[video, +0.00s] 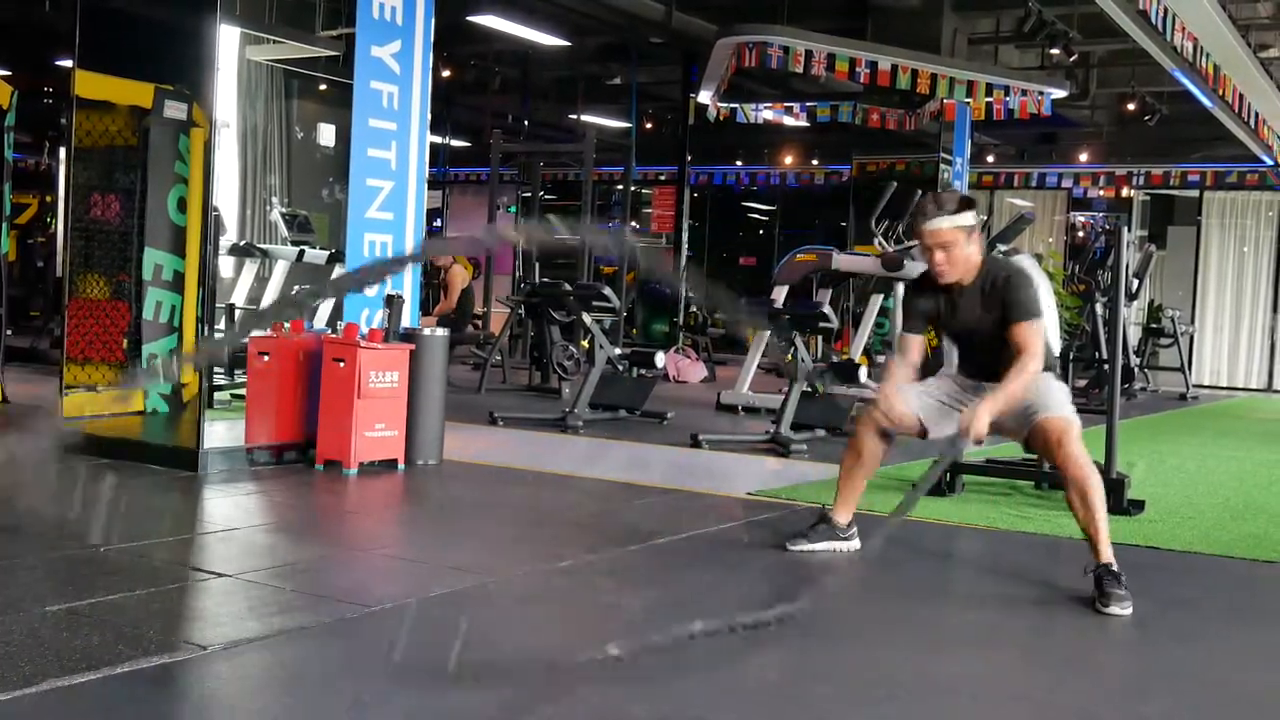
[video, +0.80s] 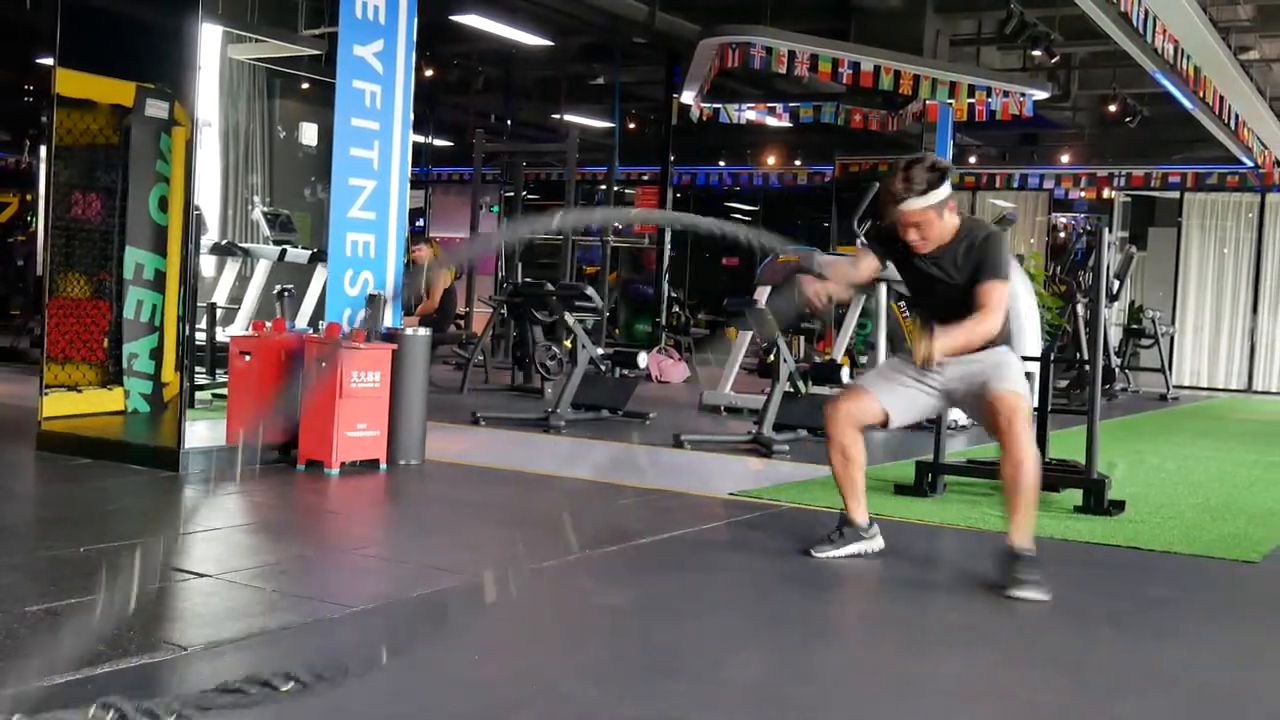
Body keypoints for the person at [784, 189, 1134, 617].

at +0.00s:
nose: (935, 261)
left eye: (945, 249)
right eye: (927, 250)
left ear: (974, 241)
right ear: (920, 248)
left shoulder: (1014, 279)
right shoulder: (923, 290)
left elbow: (1031, 359)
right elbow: (906, 358)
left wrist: (989, 407)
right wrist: (890, 391)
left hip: (1024, 387)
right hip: (961, 386)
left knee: (1065, 442)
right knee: (871, 417)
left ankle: (1107, 567)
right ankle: (839, 523)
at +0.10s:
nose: (971, 239)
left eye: (980, 227)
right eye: (964, 229)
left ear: (1010, 215)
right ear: (957, 226)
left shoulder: (1051, 240)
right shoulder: (964, 270)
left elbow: (1048, 288)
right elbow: (946, 345)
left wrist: (990, 289)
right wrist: (943, 402)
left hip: (1062, 380)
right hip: (996, 381)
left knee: (1086, 429)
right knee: (902, 424)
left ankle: (1108, 566)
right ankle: (842, 522)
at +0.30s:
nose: (1006, 238)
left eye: (1015, 226)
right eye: (998, 227)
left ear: (1049, 210)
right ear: (990, 217)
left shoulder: (1088, 245)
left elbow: (1079, 327)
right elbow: (940, 243)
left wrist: (1015, 338)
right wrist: (911, 236)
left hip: (1080, 375)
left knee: (1111, 427)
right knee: (923, 418)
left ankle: (1107, 565)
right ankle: (880, 528)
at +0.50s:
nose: (981, 255)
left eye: (991, 243)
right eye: (973, 245)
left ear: (1022, 236)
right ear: (965, 243)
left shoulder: (1062, 276)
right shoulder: (963, 283)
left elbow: (1077, 358)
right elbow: (941, 345)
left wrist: (1033, 408)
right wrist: (917, 370)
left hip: (1068, 387)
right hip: (1003, 387)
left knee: (1114, 430)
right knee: (911, 423)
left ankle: (1102, 566)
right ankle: (872, 529)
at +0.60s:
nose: (965, 247)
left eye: (975, 234)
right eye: (956, 236)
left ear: (1003, 225)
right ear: (948, 236)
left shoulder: (1041, 246)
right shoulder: (954, 290)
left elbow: (1056, 289)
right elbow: (939, 368)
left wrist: (1003, 292)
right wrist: (942, 433)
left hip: (1060, 389)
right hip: (992, 394)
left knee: (1096, 430)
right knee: (893, 417)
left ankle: (1098, 566)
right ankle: (871, 529)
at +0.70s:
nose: (946, 230)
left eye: (954, 218)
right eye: (937, 224)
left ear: (976, 213)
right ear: (928, 224)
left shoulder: (1008, 232)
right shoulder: (926, 275)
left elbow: (1021, 269)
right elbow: (905, 338)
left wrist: (965, 251)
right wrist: (901, 389)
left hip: (1027, 374)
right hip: (963, 380)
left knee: (1053, 435)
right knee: (869, 415)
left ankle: (1091, 565)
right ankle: (866, 530)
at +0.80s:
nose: (910, 237)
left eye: (919, 226)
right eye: (902, 228)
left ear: (949, 210)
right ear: (893, 220)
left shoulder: (986, 240)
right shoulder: (891, 239)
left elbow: (990, 320)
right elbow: (852, 277)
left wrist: (939, 342)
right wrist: (822, 286)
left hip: (987, 362)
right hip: (922, 365)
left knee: (1014, 418)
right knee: (841, 413)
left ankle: (1022, 553)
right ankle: (859, 527)